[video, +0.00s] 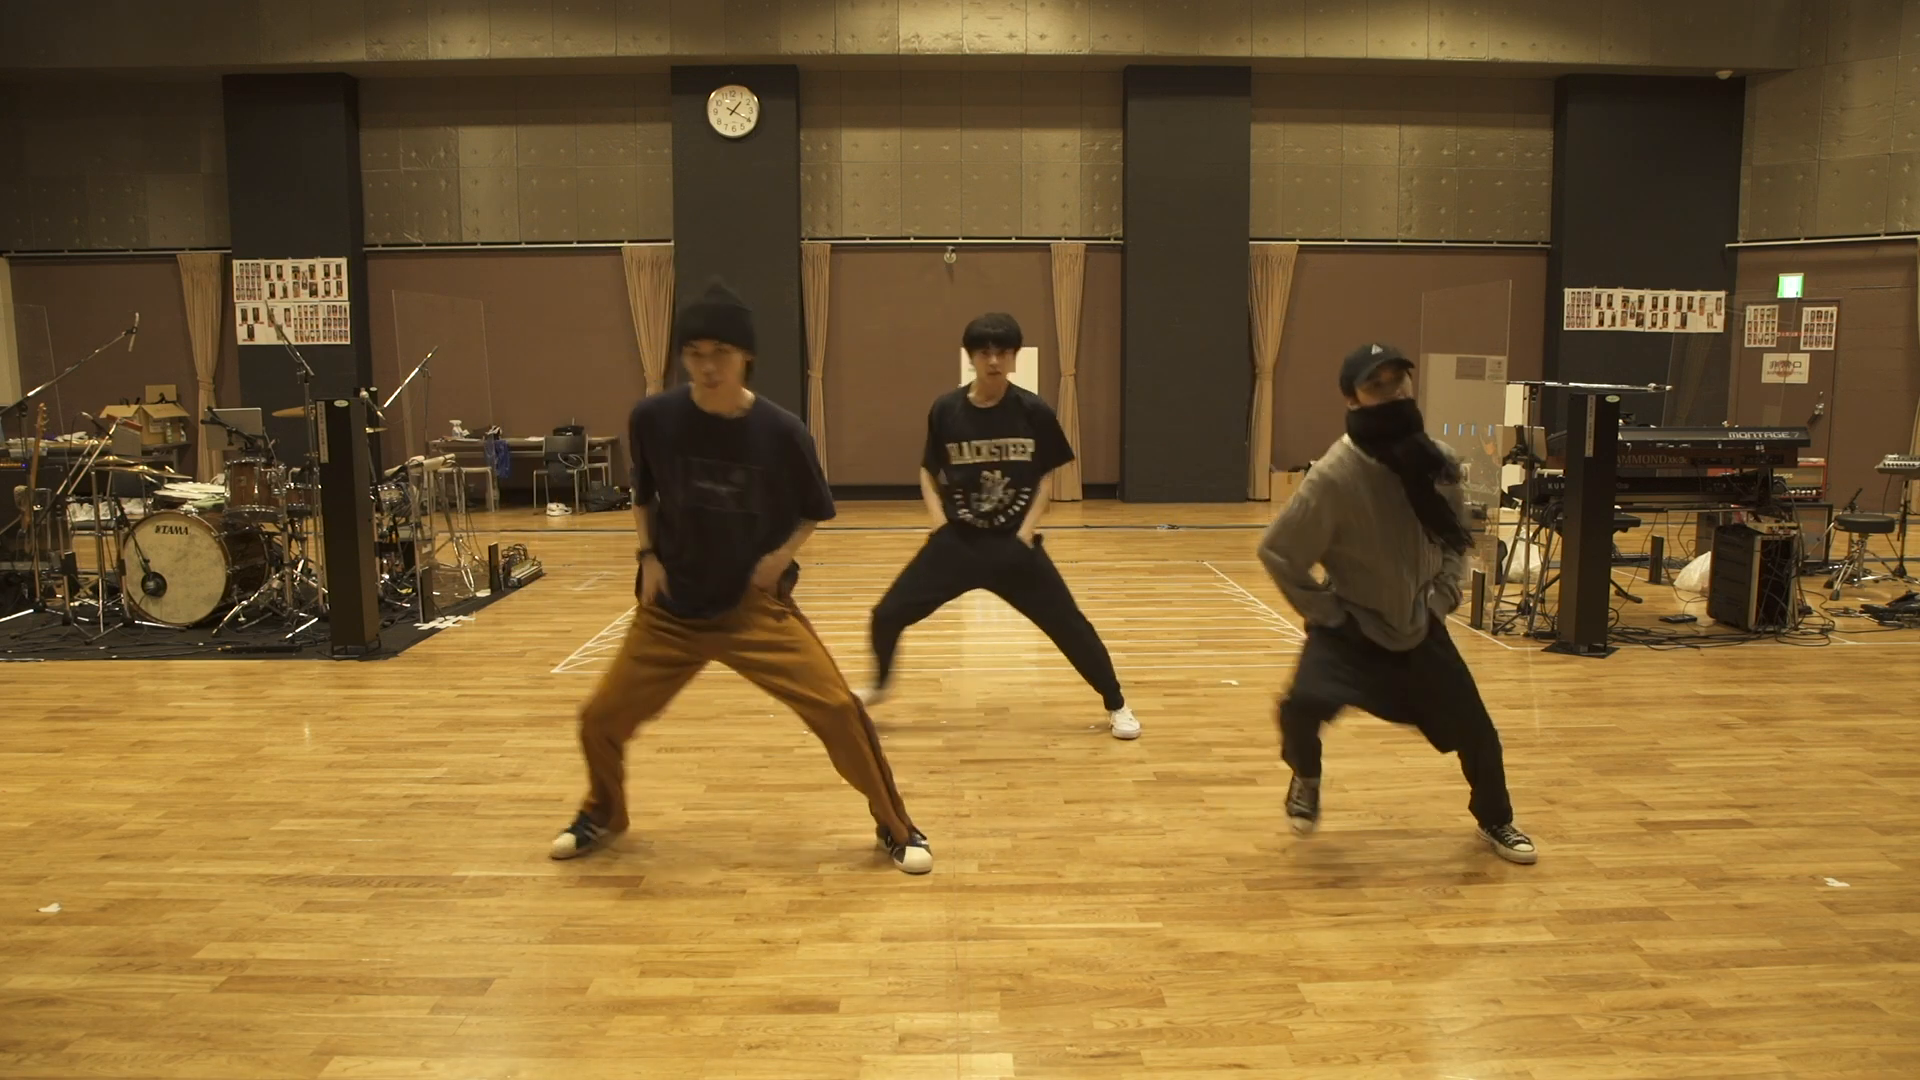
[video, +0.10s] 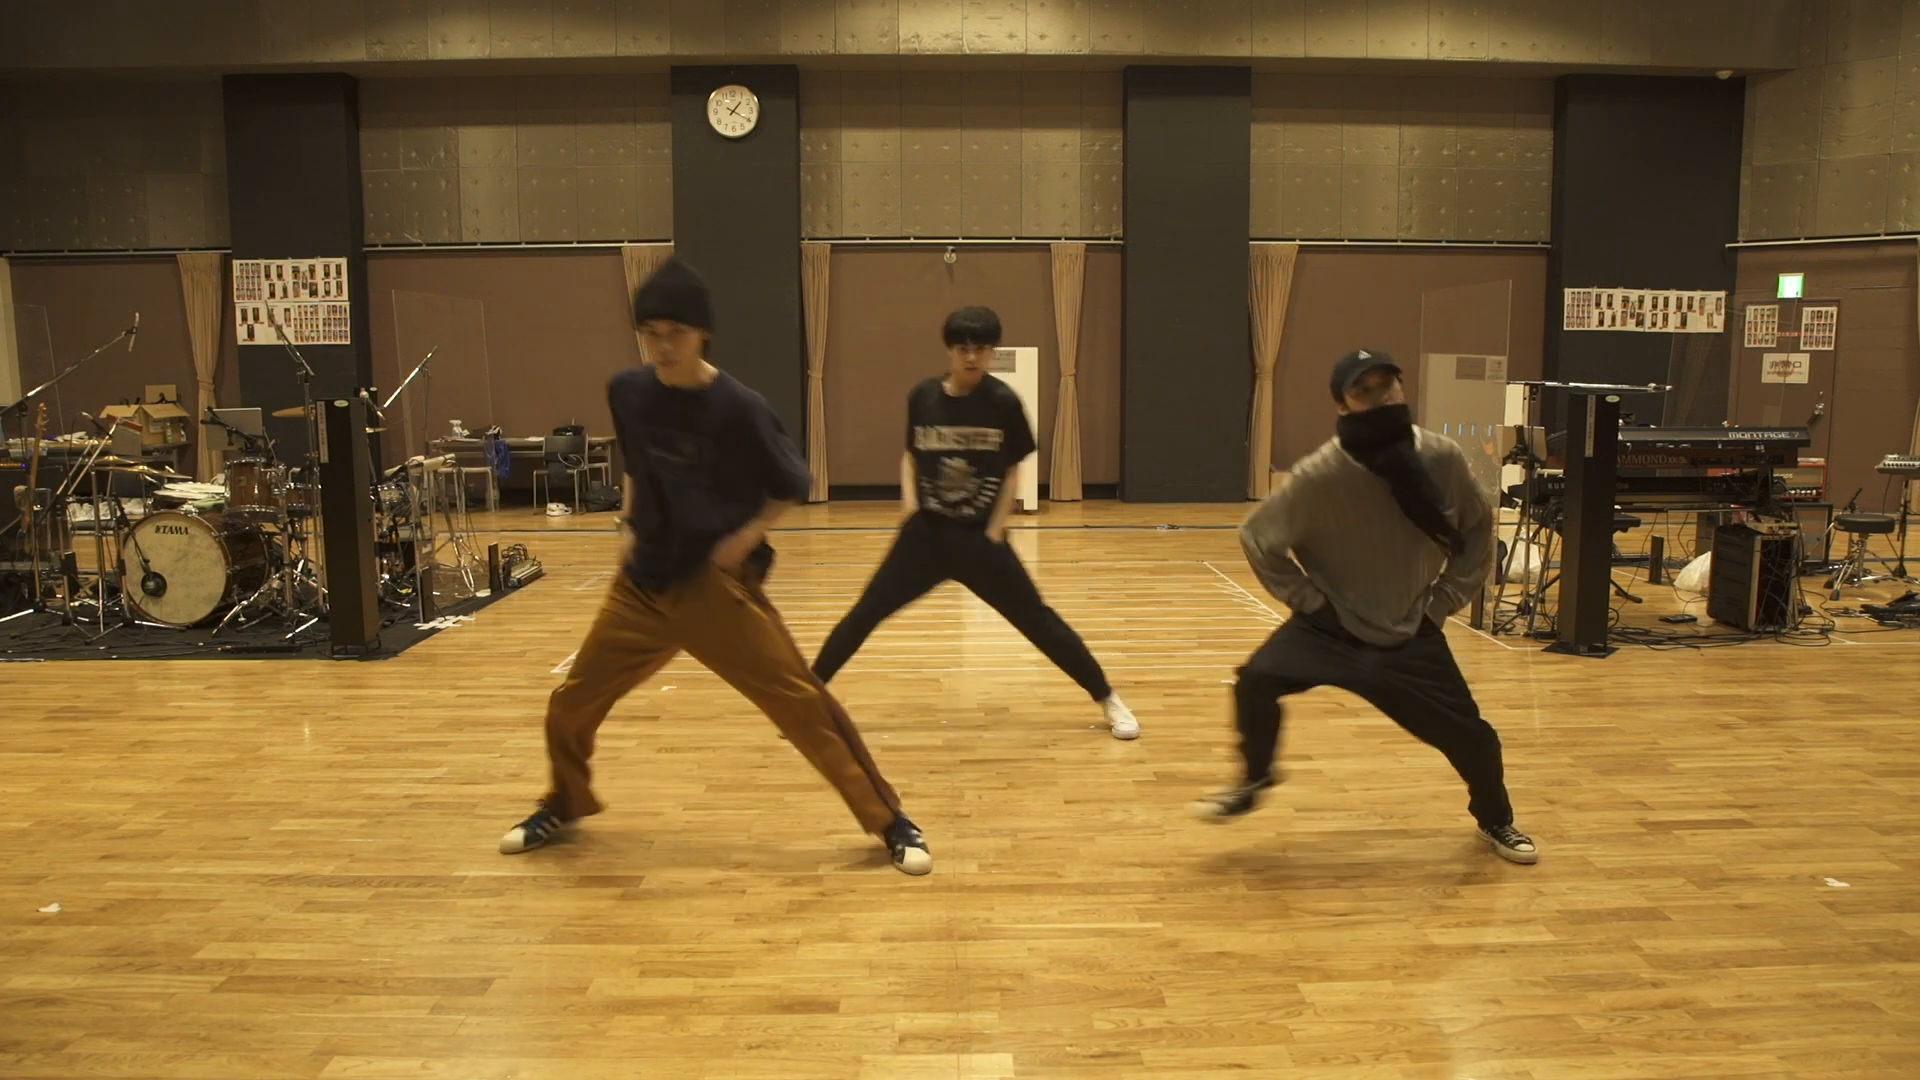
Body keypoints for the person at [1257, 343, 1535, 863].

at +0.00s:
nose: (1395, 393)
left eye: (1400, 381)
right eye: (1378, 386)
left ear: (1412, 387)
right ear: (1353, 399)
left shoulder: (1435, 462)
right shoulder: (1334, 473)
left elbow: (1458, 538)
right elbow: (1277, 551)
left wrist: (1443, 594)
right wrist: (1323, 610)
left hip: (1420, 624)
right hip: (1348, 623)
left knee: (1477, 731)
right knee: (1300, 710)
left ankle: (1497, 820)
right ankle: (1306, 776)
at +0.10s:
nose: (1381, 400)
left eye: (1387, 387)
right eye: (1365, 392)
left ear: (1402, 392)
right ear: (1343, 407)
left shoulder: (1442, 460)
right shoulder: (1318, 476)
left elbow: (1479, 532)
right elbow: (1257, 536)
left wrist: (1438, 605)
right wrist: (1307, 601)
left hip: (1410, 632)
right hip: (1328, 625)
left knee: (1475, 738)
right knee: (1255, 681)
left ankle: (1496, 821)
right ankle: (1255, 777)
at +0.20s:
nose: (1357, 373)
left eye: (1364, 360)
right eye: (1341, 365)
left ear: (1380, 366)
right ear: (1318, 379)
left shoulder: (1413, 433)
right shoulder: (1286, 439)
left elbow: (1448, 517)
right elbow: (1240, 509)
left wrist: (1419, 590)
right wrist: (1284, 582)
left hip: (1389, 621)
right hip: (1306, 617)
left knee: (1446, 723)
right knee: (1215, 695)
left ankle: (1497, 817)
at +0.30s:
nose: (1311, 354)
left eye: (1319, 342)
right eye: (1297, 344)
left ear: (1332, 346)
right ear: (1270, 348)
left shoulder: (1350, 412)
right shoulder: (1227, 396)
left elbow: (1383, 490)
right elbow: (1189, 483)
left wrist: (1357, 564)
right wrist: (1207, 566)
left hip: (1318, 599)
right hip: (1235, 597)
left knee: (1374, 698)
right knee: (1162, 696)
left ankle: (1424, 805)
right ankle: (1138, 833)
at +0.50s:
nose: (1243, 358)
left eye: (1253, 347)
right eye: (1230, 347)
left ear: (1267, 345)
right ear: (1203, 343)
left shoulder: (1270, 407)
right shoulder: (1158, 379)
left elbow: (1275, 491)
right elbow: (1106, 468)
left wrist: (1256, 554)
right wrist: (1119, 555)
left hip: (1223, 587)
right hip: (1146, 582)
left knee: (1262, 704)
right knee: (1101, 698)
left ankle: (1301, 820)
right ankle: (1122, 827)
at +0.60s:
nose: (1230, 363)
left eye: (1238, 351)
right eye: (1217, 353)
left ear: (1247, 346)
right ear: (1186, 345)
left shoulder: (1245, 402)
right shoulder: (1139, 384)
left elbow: (1245, 487)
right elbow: (1086, 469)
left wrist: (1225, 552)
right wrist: (1098, 557)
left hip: (1197, 578)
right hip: (1123, 574)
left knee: (1258, 686)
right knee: (1090, 702)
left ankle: (1263, 811)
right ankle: (1056, 817)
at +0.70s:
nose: (1212, 371)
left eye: (1219, 360)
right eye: (1198, 361)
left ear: (1229, 356)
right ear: (1166, 356)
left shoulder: (1228, 408)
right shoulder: (1124, 408)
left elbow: (1227, 489)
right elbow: (1056, 486)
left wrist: (1204, 560)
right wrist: (1089, 572)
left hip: (1180, 593)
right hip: (1113, 596)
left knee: (1254, 671)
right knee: (1073, 711)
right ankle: (1008, 826)